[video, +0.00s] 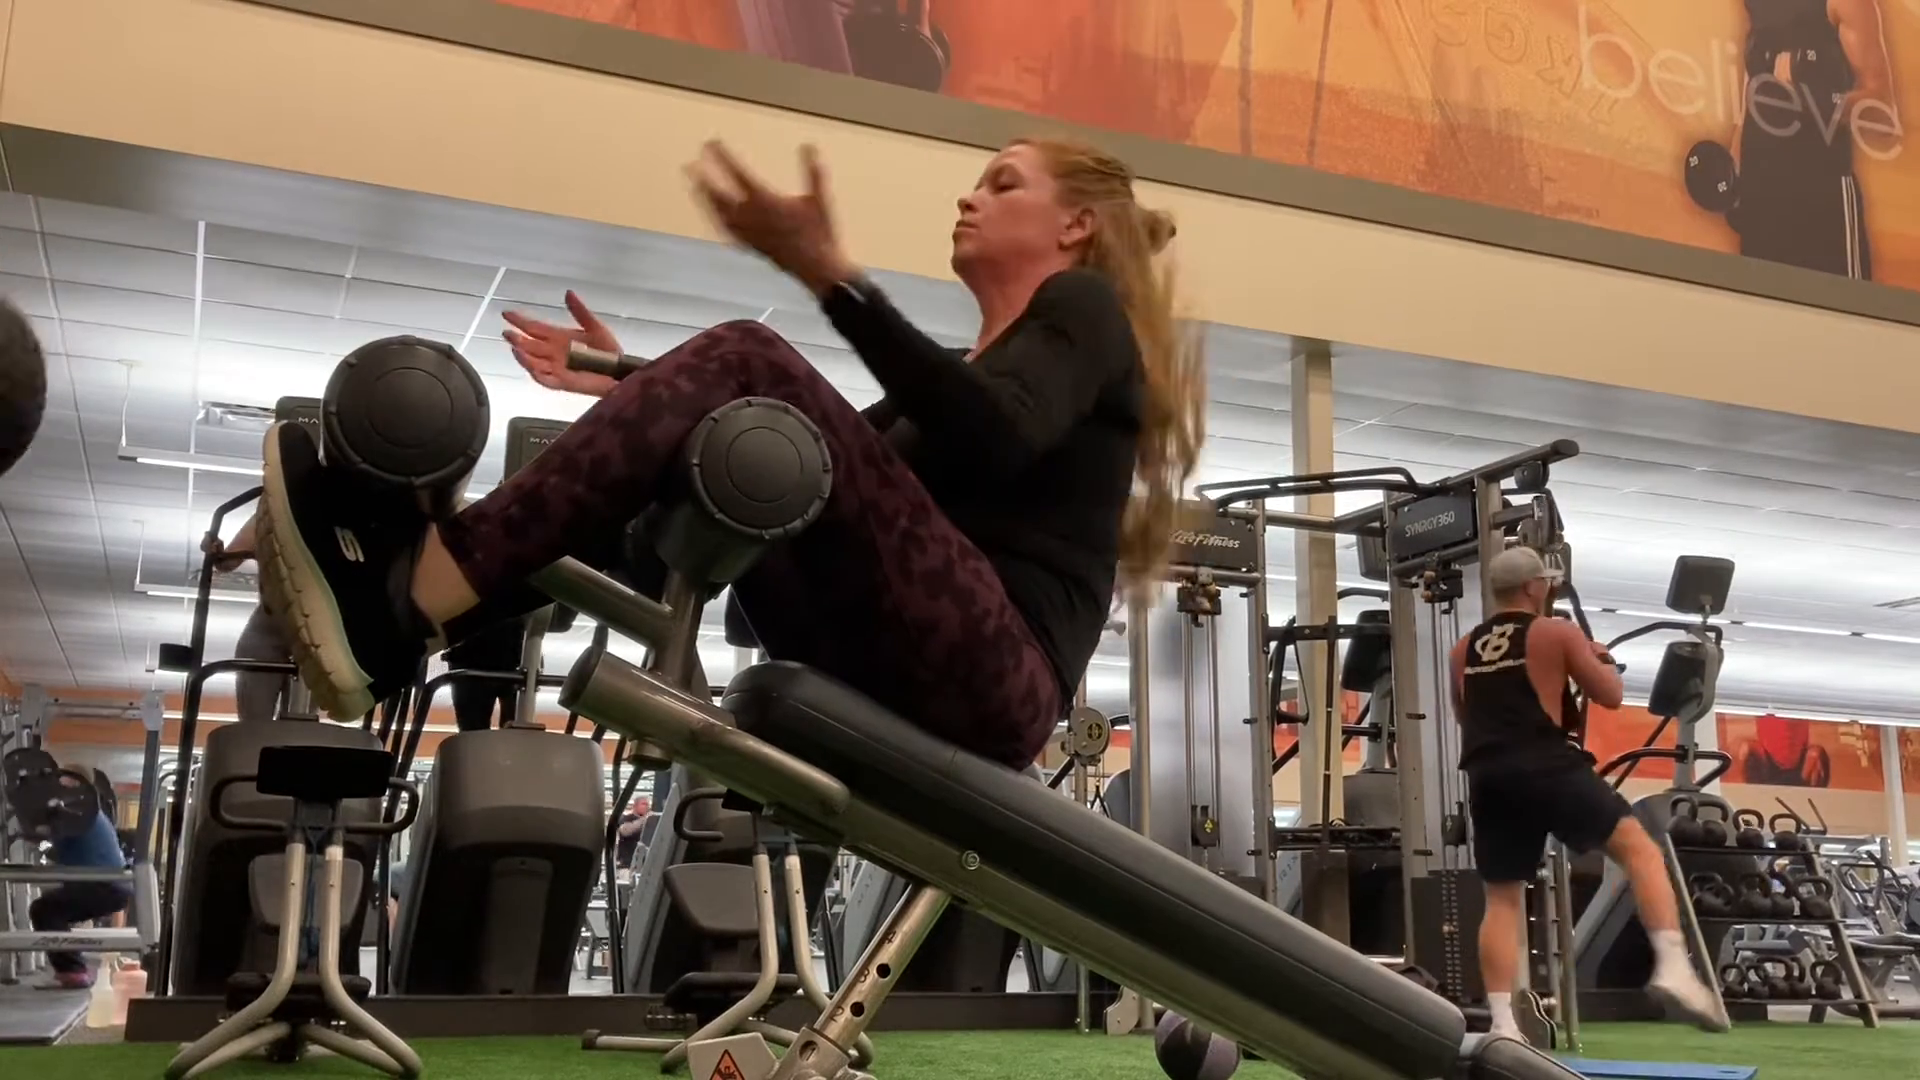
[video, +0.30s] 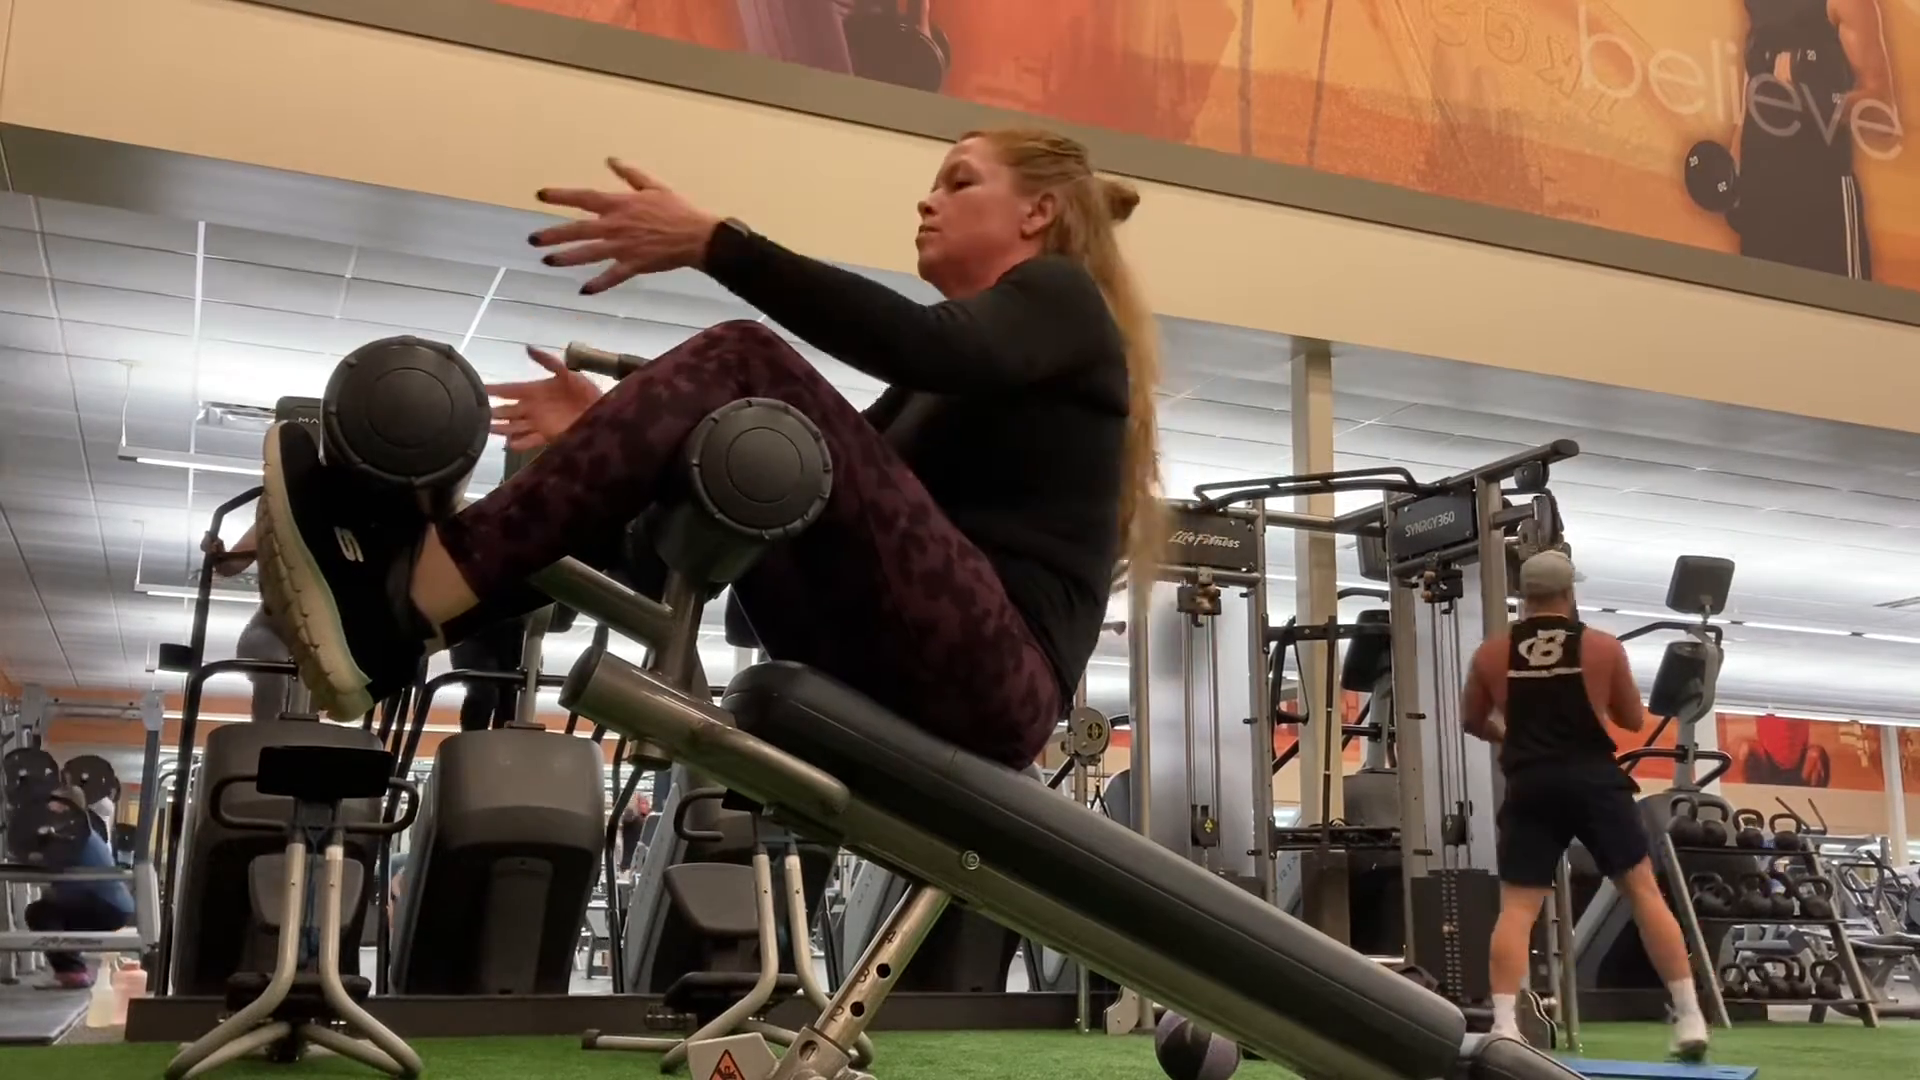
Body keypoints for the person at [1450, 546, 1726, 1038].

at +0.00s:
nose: (1550, 593)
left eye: (1548, 586)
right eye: (1547, 586)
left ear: (1495, 592)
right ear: (1534, 587)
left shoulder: (1465, 647)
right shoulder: (1557, 632)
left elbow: (1464, 712)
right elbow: (1611, 695)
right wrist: (1600, 658)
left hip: (1488, 778)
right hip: (1550, 768)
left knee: (1501, 901)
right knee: (1640, 850)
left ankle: (1502, 1027)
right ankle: (1674, 966)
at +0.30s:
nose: (1570, 599)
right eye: (1571, 592)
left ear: (1523, 597)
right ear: (1571, 594)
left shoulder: (1493, 652)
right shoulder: (1603, 647)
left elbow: (1472, 720)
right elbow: (1633, 720)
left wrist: (1508, 732)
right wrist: (1599, 692)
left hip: (1530, 789)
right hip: (1598, 785)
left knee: (1516, 908)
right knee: (1645, 893)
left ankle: (1503, 1029)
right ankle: (1691, 1020)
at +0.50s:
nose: (1597, 604)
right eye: (1604, 595)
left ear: (1563, 599)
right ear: (1609, 598)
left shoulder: (1538, 654)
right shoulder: (1649, 652)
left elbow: (1514, 730)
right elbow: (1666, 730)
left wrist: (1491, 794)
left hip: (1570, 795)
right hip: (1639, 794)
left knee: (1538, 900)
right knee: (1660, 911)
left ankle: (1513, 1027)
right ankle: (1683, 1039)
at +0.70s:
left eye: (1586, 595)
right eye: (1617, 596)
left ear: (1580, 598)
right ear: (1625, 599)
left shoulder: (1561, 646)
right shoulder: (1660, 648)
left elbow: (1539, 711)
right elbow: (1682, 718)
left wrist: (1523, 777)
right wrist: (1651, 744)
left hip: (1590, 787)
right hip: (1654, 786)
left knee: (1570, 897)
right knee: (1665, 904)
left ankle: (1583, 1026)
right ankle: (1683, 1036)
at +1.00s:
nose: (1554, 611)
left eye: (1556, 603)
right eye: (1557, 604)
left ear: (1566, 605)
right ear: (1600, 605)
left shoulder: (1577, 644)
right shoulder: (1631, 648)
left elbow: (1570, 716)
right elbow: (1668, 719)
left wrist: (1546, 775)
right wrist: (1660, 768)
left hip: (1599, 781)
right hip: (1652, 784)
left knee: (1552, 889)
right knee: (1663, 906)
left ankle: (1572, 1018)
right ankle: (1683, 1035)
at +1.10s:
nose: (1536, 618)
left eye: (1537, 608)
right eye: (1536, 609)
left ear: (1550, 608)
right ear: (1580, 606)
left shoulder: (1570, 645)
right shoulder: (1614, 647)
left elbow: (1571, 719)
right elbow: (1628, 730)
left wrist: (1544, 770)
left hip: (1594, 783)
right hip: (1644, 785)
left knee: (1553, 893)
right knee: (1656, 910)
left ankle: (1536, 1020)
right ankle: (1682, 1037)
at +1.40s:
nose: (1469, 620)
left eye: (1472, 612)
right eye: (1470, 612)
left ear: (1491, 611)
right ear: (1512, 609)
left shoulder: (1509, 652)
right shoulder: (1545, 650)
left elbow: (1518, 724)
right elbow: (1561, 729)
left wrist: (1489, 767)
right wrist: (1502, 772)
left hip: (1537, 787)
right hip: (1579, 785)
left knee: (1523, 904)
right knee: (1603, 902)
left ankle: (1507, 1027)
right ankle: (1668, 1021)